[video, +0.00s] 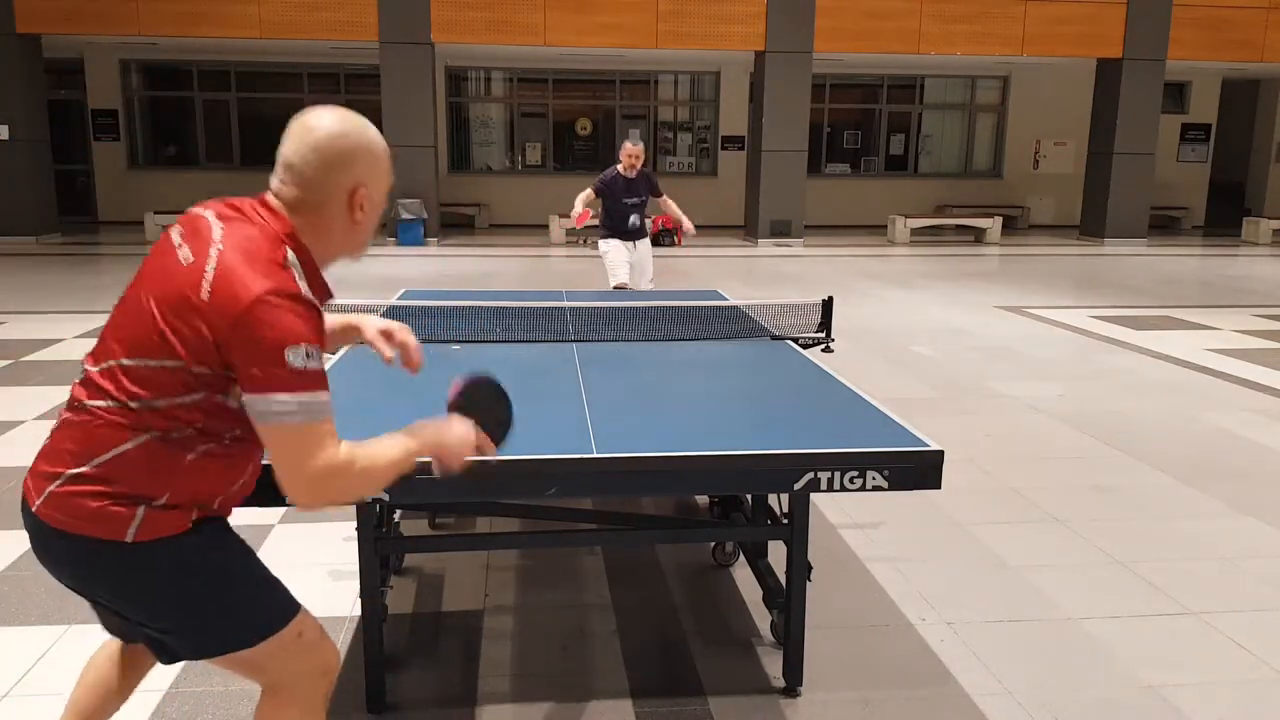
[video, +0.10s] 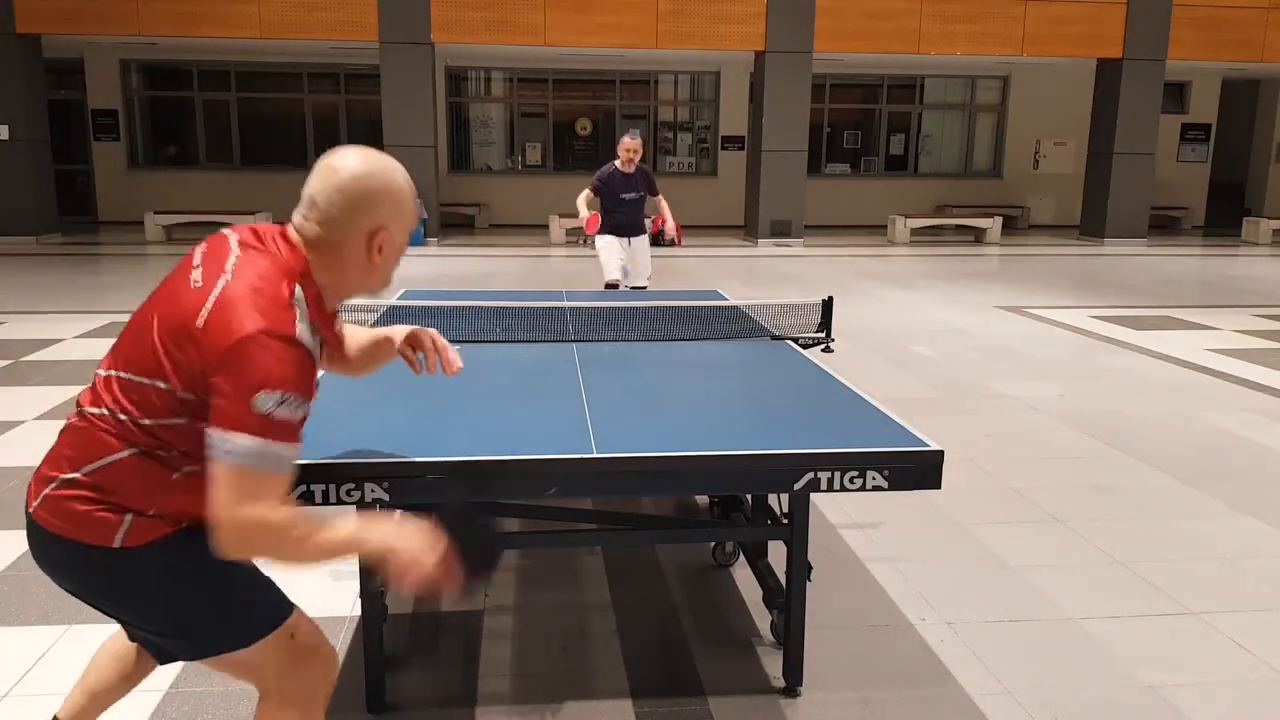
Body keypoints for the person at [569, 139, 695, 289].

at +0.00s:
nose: (633, 162)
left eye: (637, 157)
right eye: (629, 157)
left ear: (643, 158)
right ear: (621, 156)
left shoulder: (646, 177)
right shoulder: (610, 177)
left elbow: (664, 202)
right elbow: (585, 196)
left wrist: (683, 219)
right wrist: (578, 207)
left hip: (640, 240)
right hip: (613, 240)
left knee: (644, 290)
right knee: (621, 288)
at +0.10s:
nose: (631, 156)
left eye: (635, 152)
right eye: (627, 151)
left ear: (641, 153)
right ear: (619, 150)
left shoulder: (644, 173)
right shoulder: (607, 173)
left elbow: (659, 200)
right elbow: (582, 198)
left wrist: (669, 222)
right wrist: (584, 211)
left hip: (638, 238)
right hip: (610, 237)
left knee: (640, 287)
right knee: (613, 282)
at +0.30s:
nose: (623, 146)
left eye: (628, 141)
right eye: (619, 141)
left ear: (634, 143)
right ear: (611, 141)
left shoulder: (638, 166)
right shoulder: (599, 167)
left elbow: (645, 196)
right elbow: (582, 198)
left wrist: (644, 220)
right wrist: (587, 221)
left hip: (630, 235)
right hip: (602, 235)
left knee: (631, 284)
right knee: (596, 284)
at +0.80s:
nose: (637, 155)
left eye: (641, 150)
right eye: (633, 149)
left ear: (645, 152)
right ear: (623, 149)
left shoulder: (640, 171)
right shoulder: (609, 172)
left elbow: (639, 198)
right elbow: (585, 202)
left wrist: (645, 226)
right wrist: (600, 231)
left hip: (628, 238)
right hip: (601, 238)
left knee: (637, 282)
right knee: (597, 287)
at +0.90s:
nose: (647, 162)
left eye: (651, 158)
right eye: (643, 156)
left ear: (654, 159)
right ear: (632, 155)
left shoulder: (645, 176)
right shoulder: (618, 178)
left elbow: (644, 205)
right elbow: (603, 213)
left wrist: (651, 235)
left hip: (633, 236)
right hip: (609, 237)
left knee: (641, 283)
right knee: (616, 286)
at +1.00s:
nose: (658, 169)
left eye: (662, 165)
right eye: (655, 163)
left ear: (665, 166)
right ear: (643, 159)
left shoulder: (651, 180)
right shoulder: (627, 181)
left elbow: (649, 206)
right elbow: (624, 223)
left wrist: (656, 236)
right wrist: (652, 234)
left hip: (633, 233)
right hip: (611, 233)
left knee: (643, 279)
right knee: (631, 274)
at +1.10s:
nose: (668, 182)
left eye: (672, 178)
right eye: (665, 175)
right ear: (654, 167)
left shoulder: (654, 184)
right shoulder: (637, 188)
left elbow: (655, 212)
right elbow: (644, 231)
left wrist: (663, 240)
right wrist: (668, 223)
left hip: (634, 234)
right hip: (615, 234)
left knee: (639, 280)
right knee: (644, 278)